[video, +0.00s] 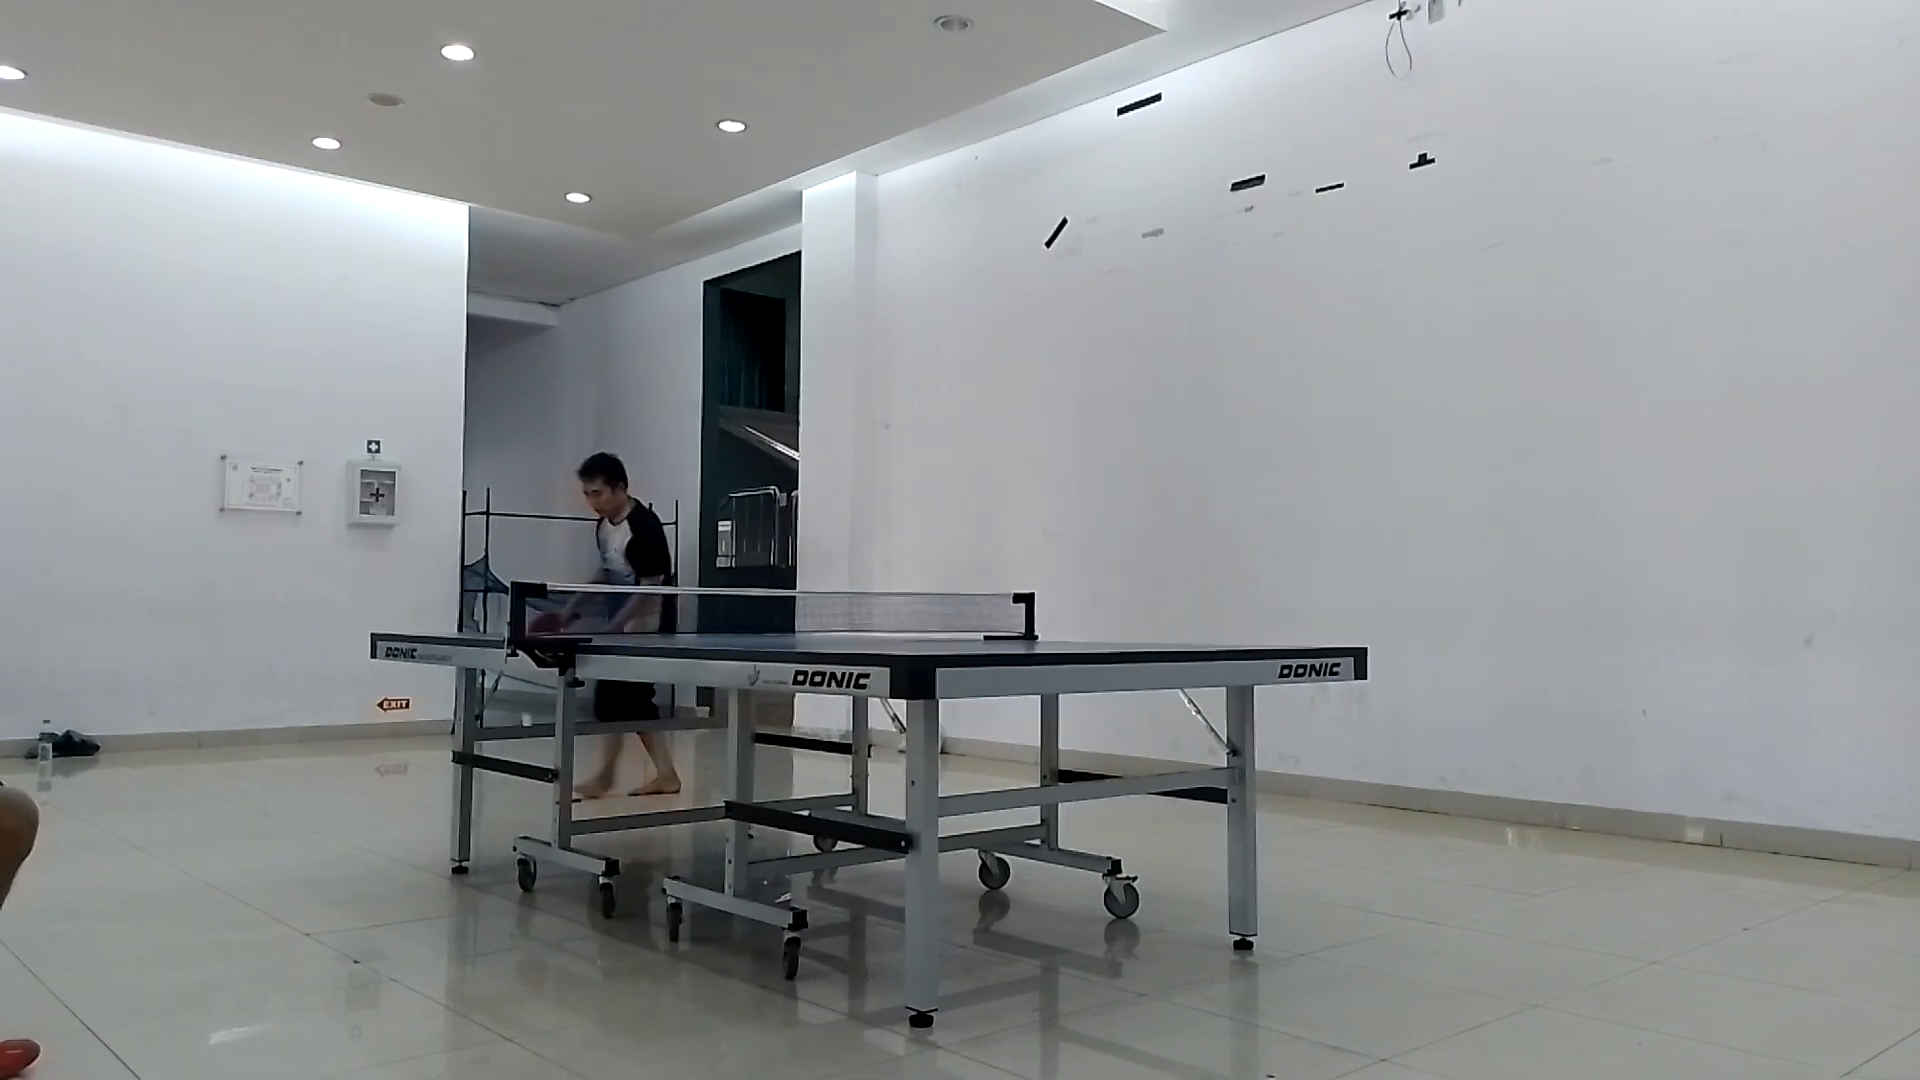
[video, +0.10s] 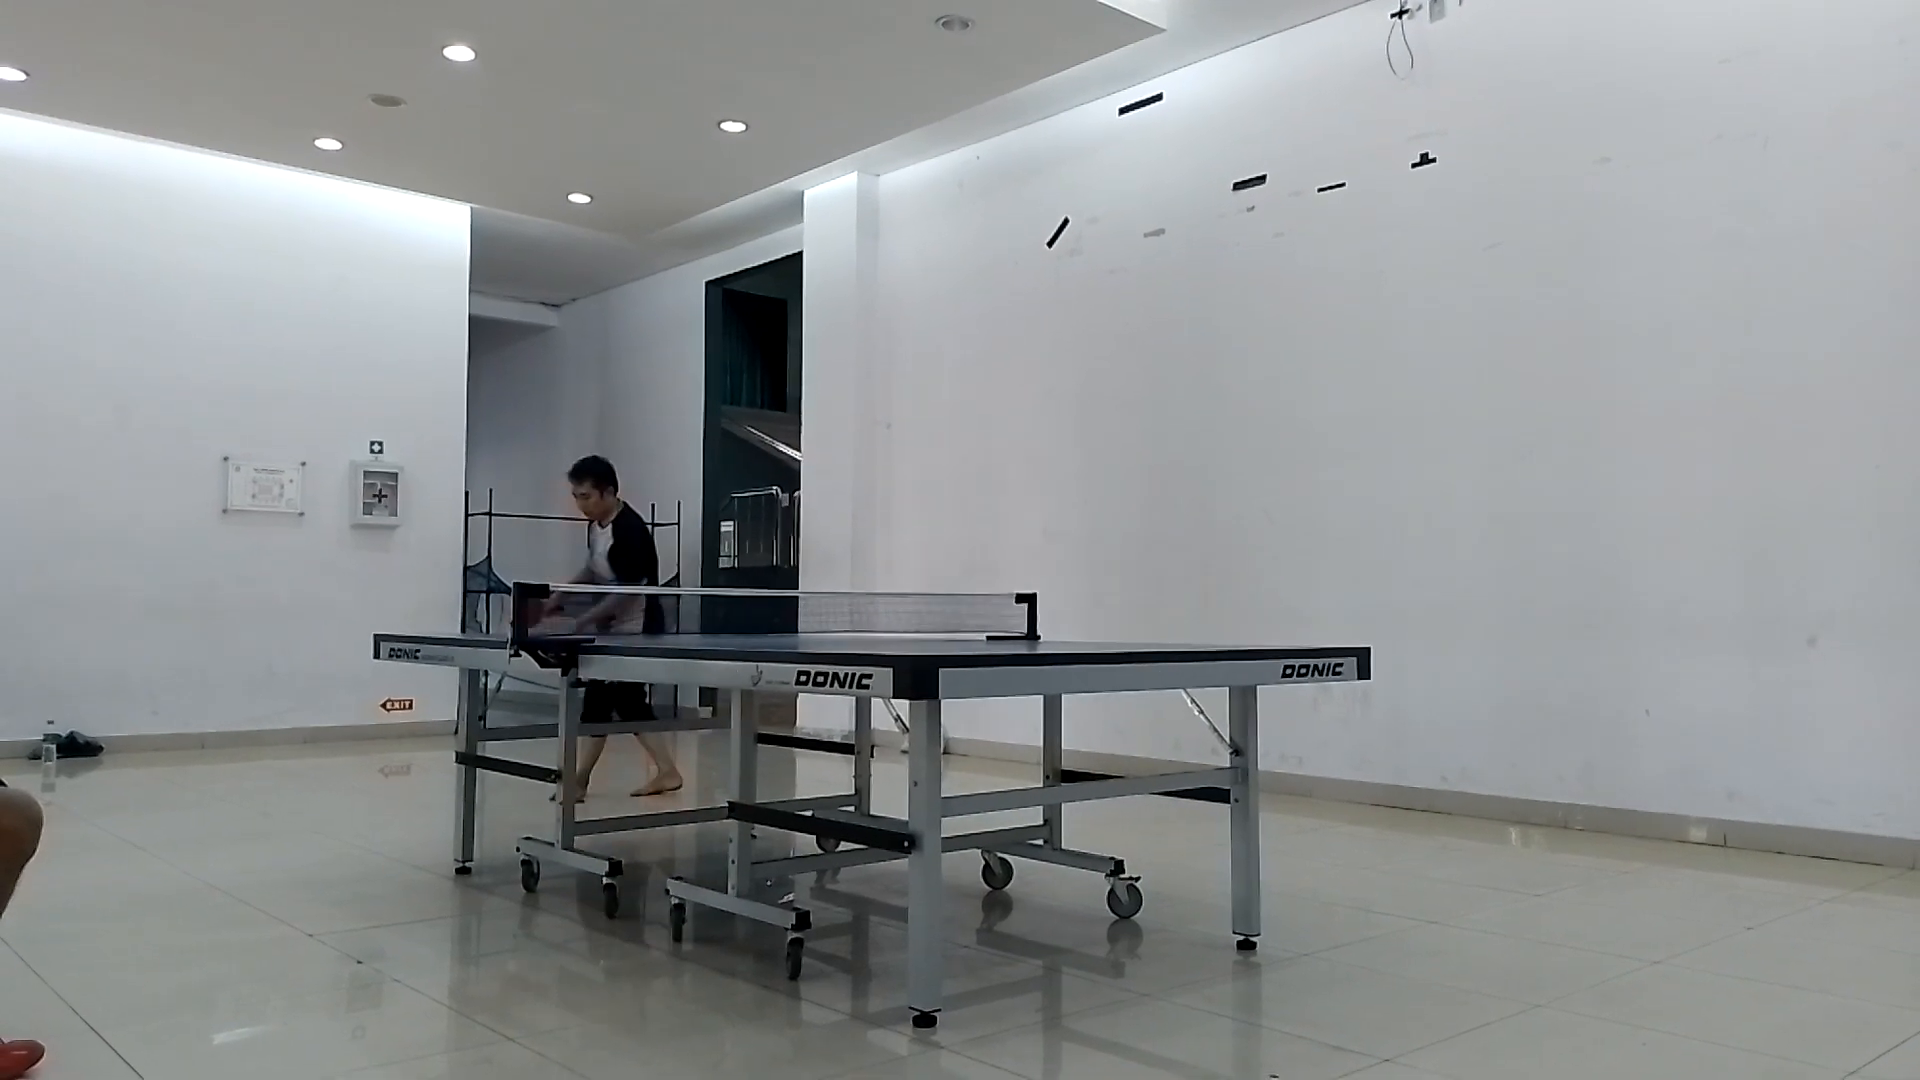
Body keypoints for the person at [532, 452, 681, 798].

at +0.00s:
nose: (590, 502)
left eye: (595, 493)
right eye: (587, 494)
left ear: (618, 487)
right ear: (590, 493)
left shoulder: (644, 525)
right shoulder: (604, 524)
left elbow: (651, 587)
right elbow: (605, 574)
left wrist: (615, 625)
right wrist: (570, 609)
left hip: (649, 623)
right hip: (626, 621)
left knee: (611, 693)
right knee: (636, 696)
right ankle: (667, 773)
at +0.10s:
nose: (579, 504)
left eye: (584, 496)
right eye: (576, 496)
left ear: (607, 491)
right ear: (583, 494)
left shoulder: (630, 529)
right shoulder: (598, 523)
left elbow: (629, 593)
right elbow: (595, 571)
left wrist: (583, 621)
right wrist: (559, 595)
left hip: (636, 629)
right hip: (613, 627)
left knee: (598, 699)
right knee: (629, 699)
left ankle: (580, 780)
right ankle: (667, 770)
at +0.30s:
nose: (554, 503)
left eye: (559, 495)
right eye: (551, 495)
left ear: (583, 491)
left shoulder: (603, 530)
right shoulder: (572, 524)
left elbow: (585, 597)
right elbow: (559, 567)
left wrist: (535, 612)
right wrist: (525, 592)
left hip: (616, 630)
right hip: (590, 623)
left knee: (578, 696)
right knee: (569, 691)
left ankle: (573, 781)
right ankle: (607, 759)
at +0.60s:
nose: (544, 480)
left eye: (553, 473)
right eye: (538, 473)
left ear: (571, 476)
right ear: (532, 477)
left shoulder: (590, 521)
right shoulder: (531, 518)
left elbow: (584, 584)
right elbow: (518, 570)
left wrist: (538, 613)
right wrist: (510, 606)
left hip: (580, 627)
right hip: (540, 624)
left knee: (573, 703)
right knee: (524, 699)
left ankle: (576, 781)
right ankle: (526, 780)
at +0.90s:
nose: (544, 478)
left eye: (552, 470)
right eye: (536, 470)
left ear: (562, 474)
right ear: (521, 475)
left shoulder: (582, 521)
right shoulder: (499, 515)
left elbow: (604, 576)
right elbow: (469, 562)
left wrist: (590, 603)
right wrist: (483, 598)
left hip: (562, 626)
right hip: (514, 625)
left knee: (557, 705)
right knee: (509, 701)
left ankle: (549, 784)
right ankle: (517, 780)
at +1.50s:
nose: (554, 474)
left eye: (561, 466)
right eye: (544, 466)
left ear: (571, 471)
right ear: (527, 471)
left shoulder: (586, 523)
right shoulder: (504, 510)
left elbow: (598, 584)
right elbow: (462, 559)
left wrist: (611, 593)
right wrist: (491, 568)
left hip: (564, 633)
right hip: (515, 630)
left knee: (561, 717)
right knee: (491, 713)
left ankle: (548, 791)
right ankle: (471, 796)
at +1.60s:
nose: (545, 473)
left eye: (552, 465)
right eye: (535, 466)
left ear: (561, 472)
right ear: (518, 472)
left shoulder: (577, 523)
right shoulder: (493, 513)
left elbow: (588, 581)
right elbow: (453, 564)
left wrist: (603, 595)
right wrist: (485, 568)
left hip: (553, 633)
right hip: (500, 631)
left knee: (559, 714)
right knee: (485, 716)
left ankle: (547, 787)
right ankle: (467, 795)